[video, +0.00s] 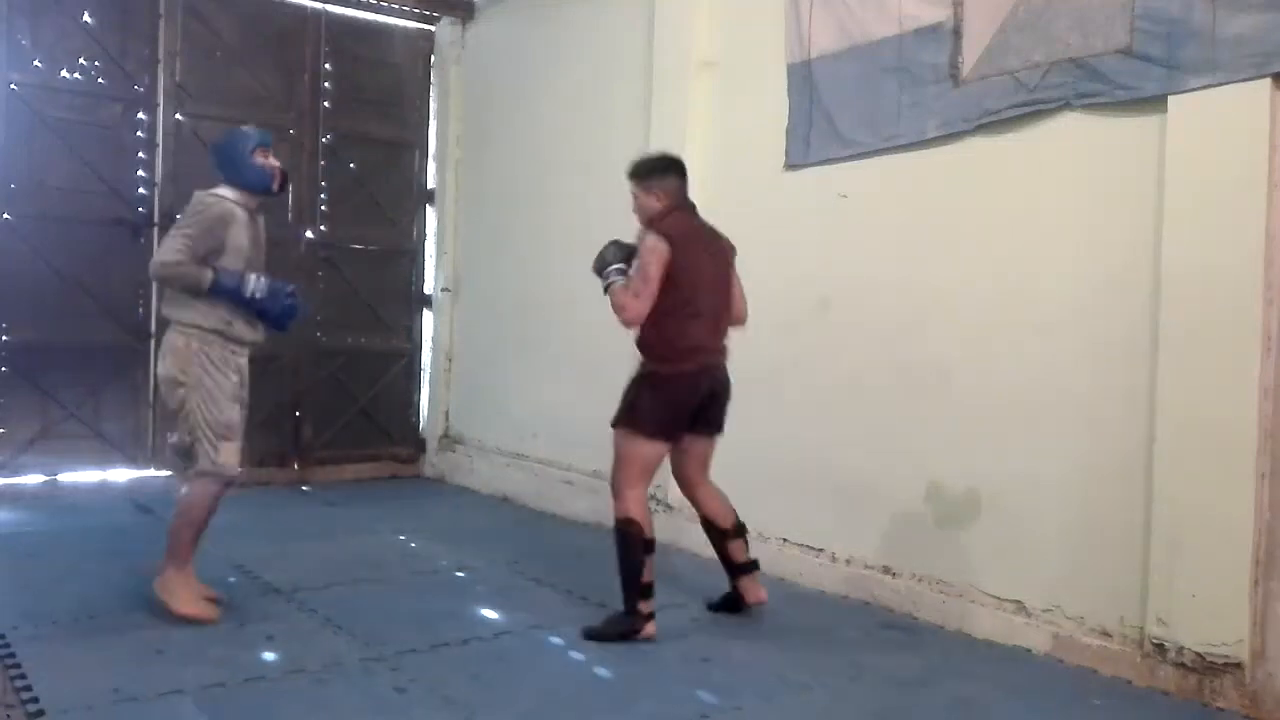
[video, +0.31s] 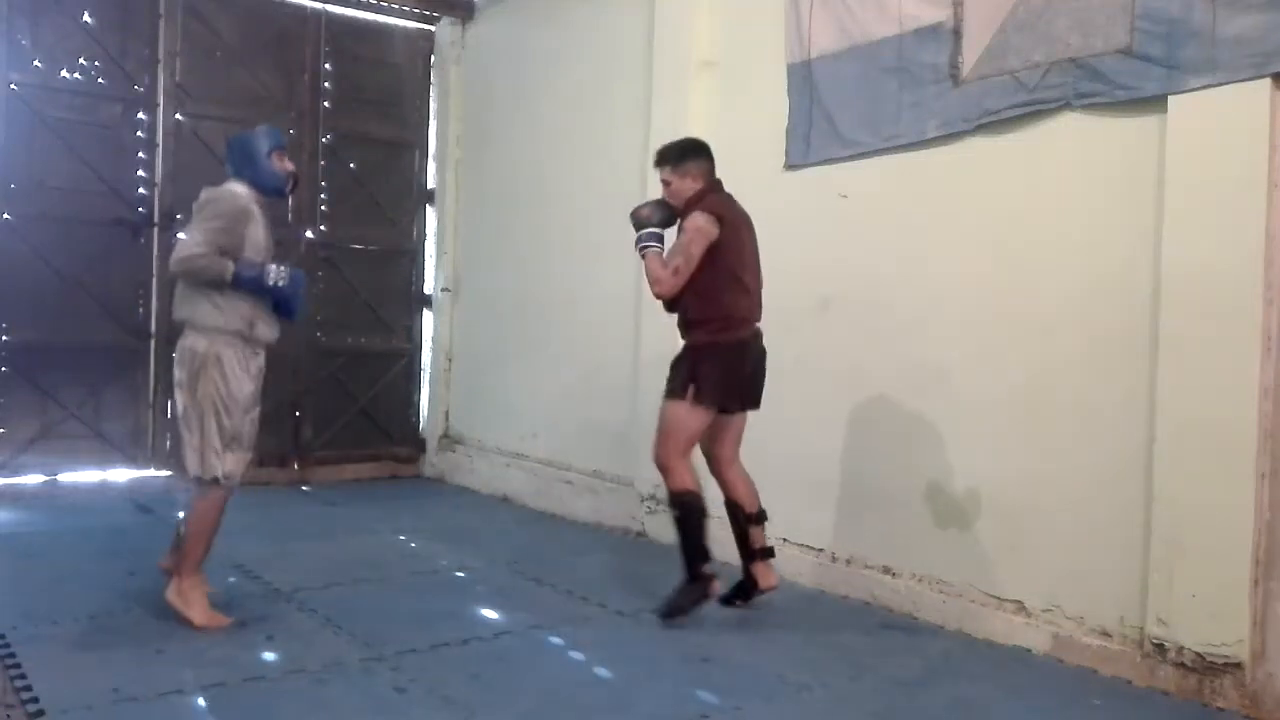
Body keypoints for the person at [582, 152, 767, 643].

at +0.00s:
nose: (634, 208)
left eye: (637, 199)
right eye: (633, 199)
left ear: (657, 195)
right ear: (678, 194)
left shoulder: (659, 239)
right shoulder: (715, 240)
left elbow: (632, 313)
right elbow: (737, 314)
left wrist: (613, 274)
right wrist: (678, 300)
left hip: (663, 381)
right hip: (711, 380)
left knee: (629, 487)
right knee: (694, 478)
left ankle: (638, 614)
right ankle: (748, 586)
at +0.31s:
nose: (664, 192)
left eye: (668, 182)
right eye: (663, 183)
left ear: (693, 177)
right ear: (701, 177)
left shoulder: (704, 214)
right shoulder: (729, 209)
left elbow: (664, 285)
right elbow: (687, 287)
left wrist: (649, 237)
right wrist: (665, 238)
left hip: (710, 352)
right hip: (744, 351)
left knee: (671, 454)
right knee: (724, 458)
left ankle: (699, 575)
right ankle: (760, 571)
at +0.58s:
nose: (677, 210)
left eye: (682, 200)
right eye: (676, 201)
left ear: (709, 196)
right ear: (710, 197)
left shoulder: (724, 240)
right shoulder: (736, 232)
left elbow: (731, 311)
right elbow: (731, 302)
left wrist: (679, 295)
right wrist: (685, 301)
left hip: (713, 368)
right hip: (743, 368)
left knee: (657, 457)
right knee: (733, 471)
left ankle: (694, 571)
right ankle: (769, 579)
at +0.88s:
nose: (672, 208)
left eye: (678, 199)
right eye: (671, 198)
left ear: (705, 199)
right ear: (708, 200)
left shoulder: (713, 244)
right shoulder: (726, 237)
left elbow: (741, 308)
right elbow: (721, 306)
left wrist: (678, 322)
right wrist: (671, 314)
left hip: (695, 377)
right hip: (726, 376)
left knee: (650, 473)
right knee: (736, 477)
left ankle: (662, 595)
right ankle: (770, 586)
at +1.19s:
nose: (643, 203)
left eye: (648, 193)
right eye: (643, 193)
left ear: (675, 194)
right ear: (682, 196)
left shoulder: (675, 240)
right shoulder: (709, 238)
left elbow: (652, 315)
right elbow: (693, 309)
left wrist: (620, 289)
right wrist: (639, 303)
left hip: (662, 380)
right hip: (698, 379)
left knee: (635, 483)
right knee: (697, 478)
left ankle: (661, 603)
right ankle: (754, 575)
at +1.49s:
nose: (635, 203)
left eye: (641, 195)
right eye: (636, 194)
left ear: (663, 196)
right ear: (678, 198)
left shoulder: (647, 243)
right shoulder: (709, 250)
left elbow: (577, 283)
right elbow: (718, 322)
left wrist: (545, 240)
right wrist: (668, 294)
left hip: (641, 381)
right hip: (676, 383)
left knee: (618, 488)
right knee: (622, 486)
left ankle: (668, 595)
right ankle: (619, 600)